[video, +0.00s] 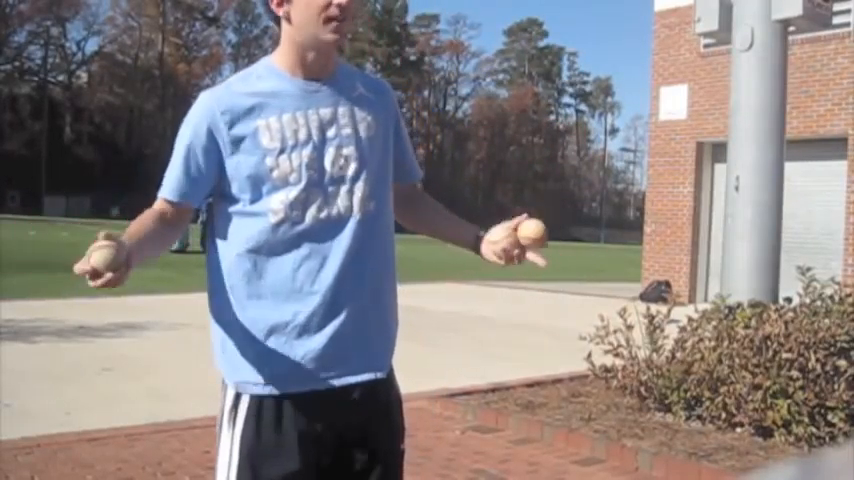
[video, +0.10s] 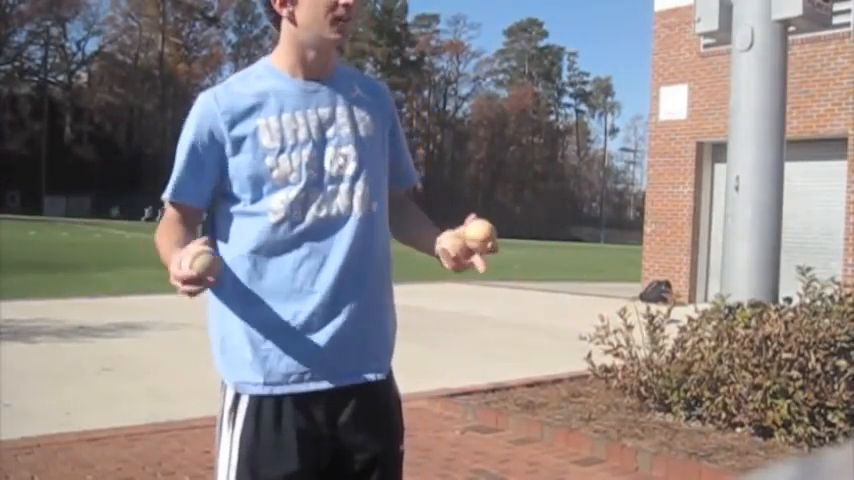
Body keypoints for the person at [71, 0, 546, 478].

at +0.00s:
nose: (339, 3)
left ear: (358, 10)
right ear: (280, 8)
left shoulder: (376, 99)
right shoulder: (223, 107)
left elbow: (406, 198)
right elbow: (170, 211)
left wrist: (481, 239)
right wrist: (123, 249)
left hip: (368, 379)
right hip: (271, 386)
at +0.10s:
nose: (346, 4)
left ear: (357, 10)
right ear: (284, 7)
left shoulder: (374, 100)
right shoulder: (221, 108)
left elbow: (397, 204)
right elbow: (176, 223)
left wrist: (440, 241)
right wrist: (183, 258)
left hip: (365, 373)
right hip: (267, 380)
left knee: (375, 469)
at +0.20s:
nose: (344, 5)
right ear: (282, 7)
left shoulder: (372, 99)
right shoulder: (222, 107)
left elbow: (401, 207)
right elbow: (181, 228)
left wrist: (404, 240)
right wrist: (238, 257)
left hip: (364, 377)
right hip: (267, 383)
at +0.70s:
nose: (300, 8)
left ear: (339, 10)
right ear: (269, 10)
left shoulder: (377, 108)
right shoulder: (220, 112)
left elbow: (406, 212)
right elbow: (174, 235)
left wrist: (456, 284)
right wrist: (250, 225)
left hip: (360, 381)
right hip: (260, 385)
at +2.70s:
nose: (305, 7)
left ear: (339, 10)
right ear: (266, 9)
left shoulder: (373, 109)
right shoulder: (216, 111)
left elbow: (408, 219)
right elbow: (169, 239)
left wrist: (472, 310)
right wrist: (260, 203)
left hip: (360, 383)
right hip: (261, 388)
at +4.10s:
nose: (319, 8)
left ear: (351, 14)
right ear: (280, 9)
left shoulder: (371, 107)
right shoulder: (232, 107)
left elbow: (389, 221)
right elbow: (155, 223)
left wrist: (423, 326)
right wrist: (228, 254)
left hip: (369, 381)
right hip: (277, 391)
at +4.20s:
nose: (306, 9)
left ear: (351, 14)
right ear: (281, 8)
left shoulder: (378, 111)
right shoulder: (230, 106)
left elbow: (395, 226)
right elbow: (133, 211)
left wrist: (422, 333)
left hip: (369, 383)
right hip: (273, 390)